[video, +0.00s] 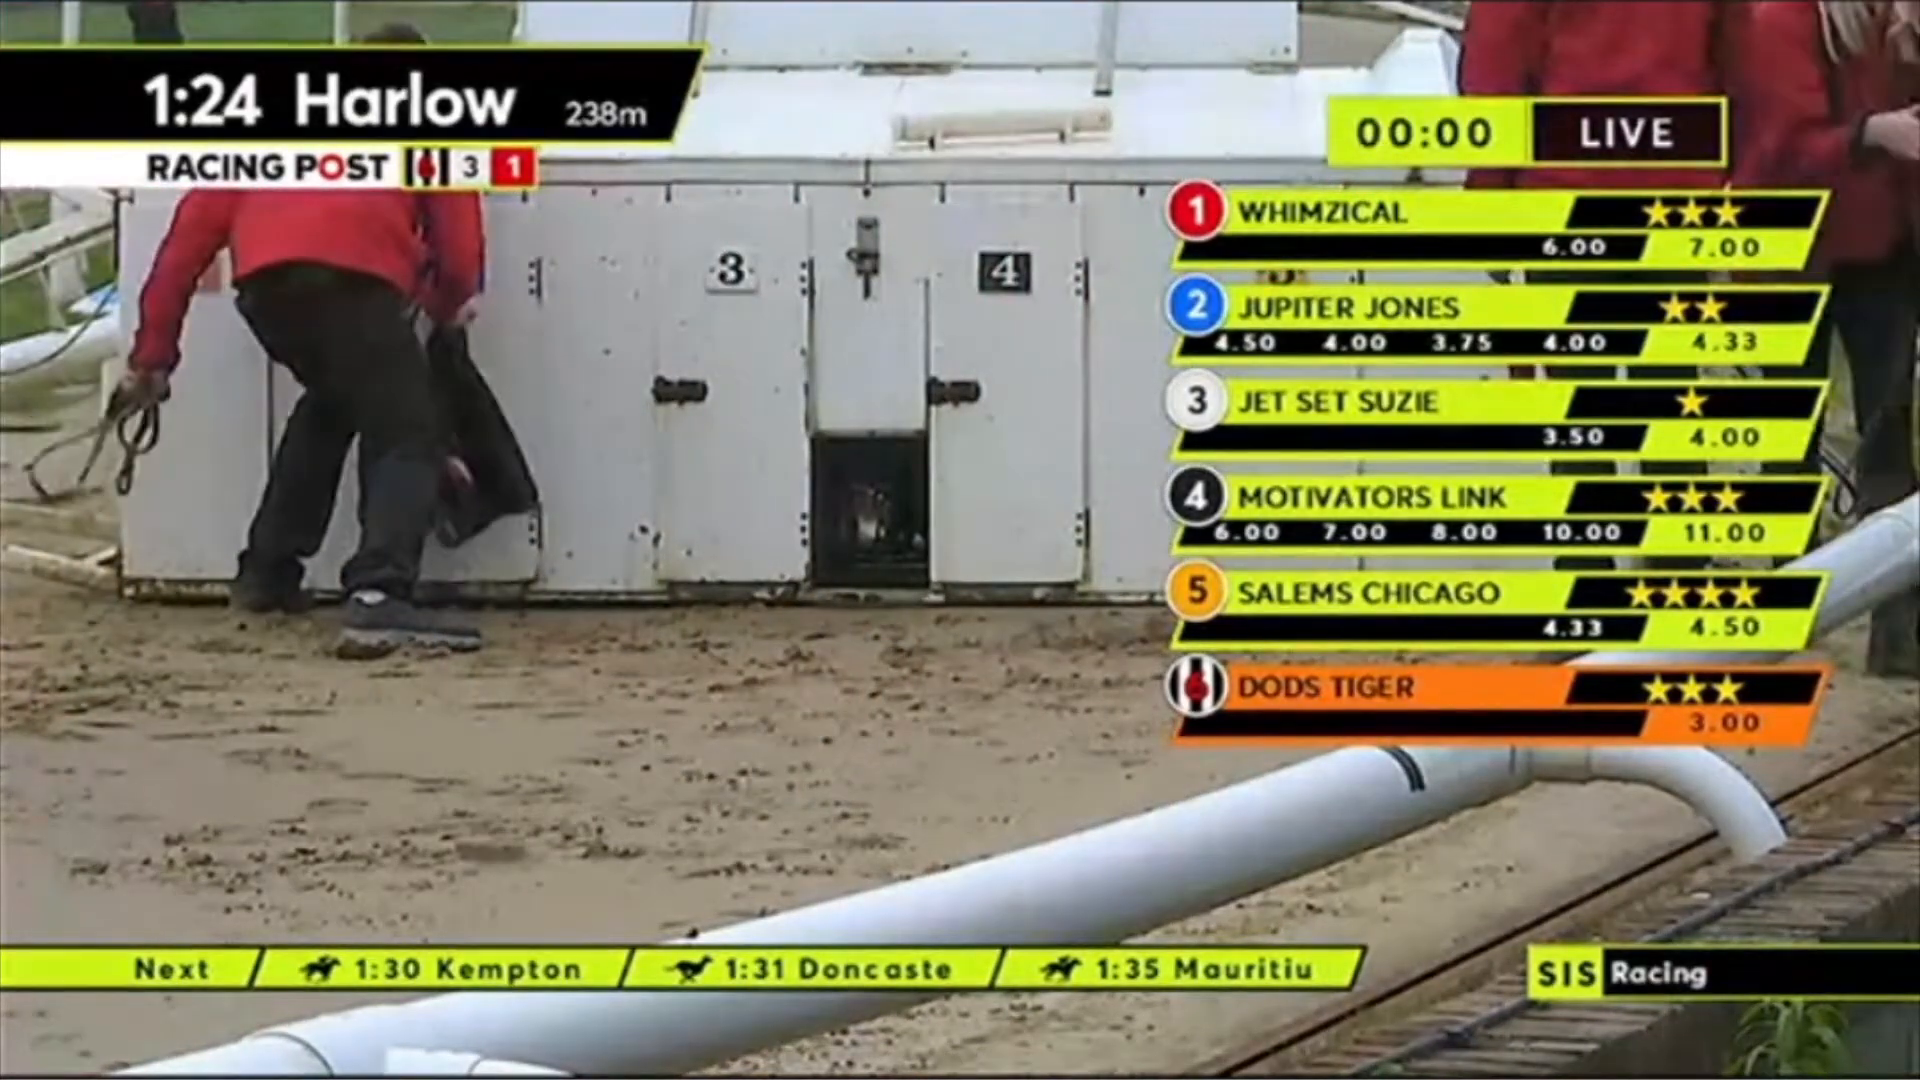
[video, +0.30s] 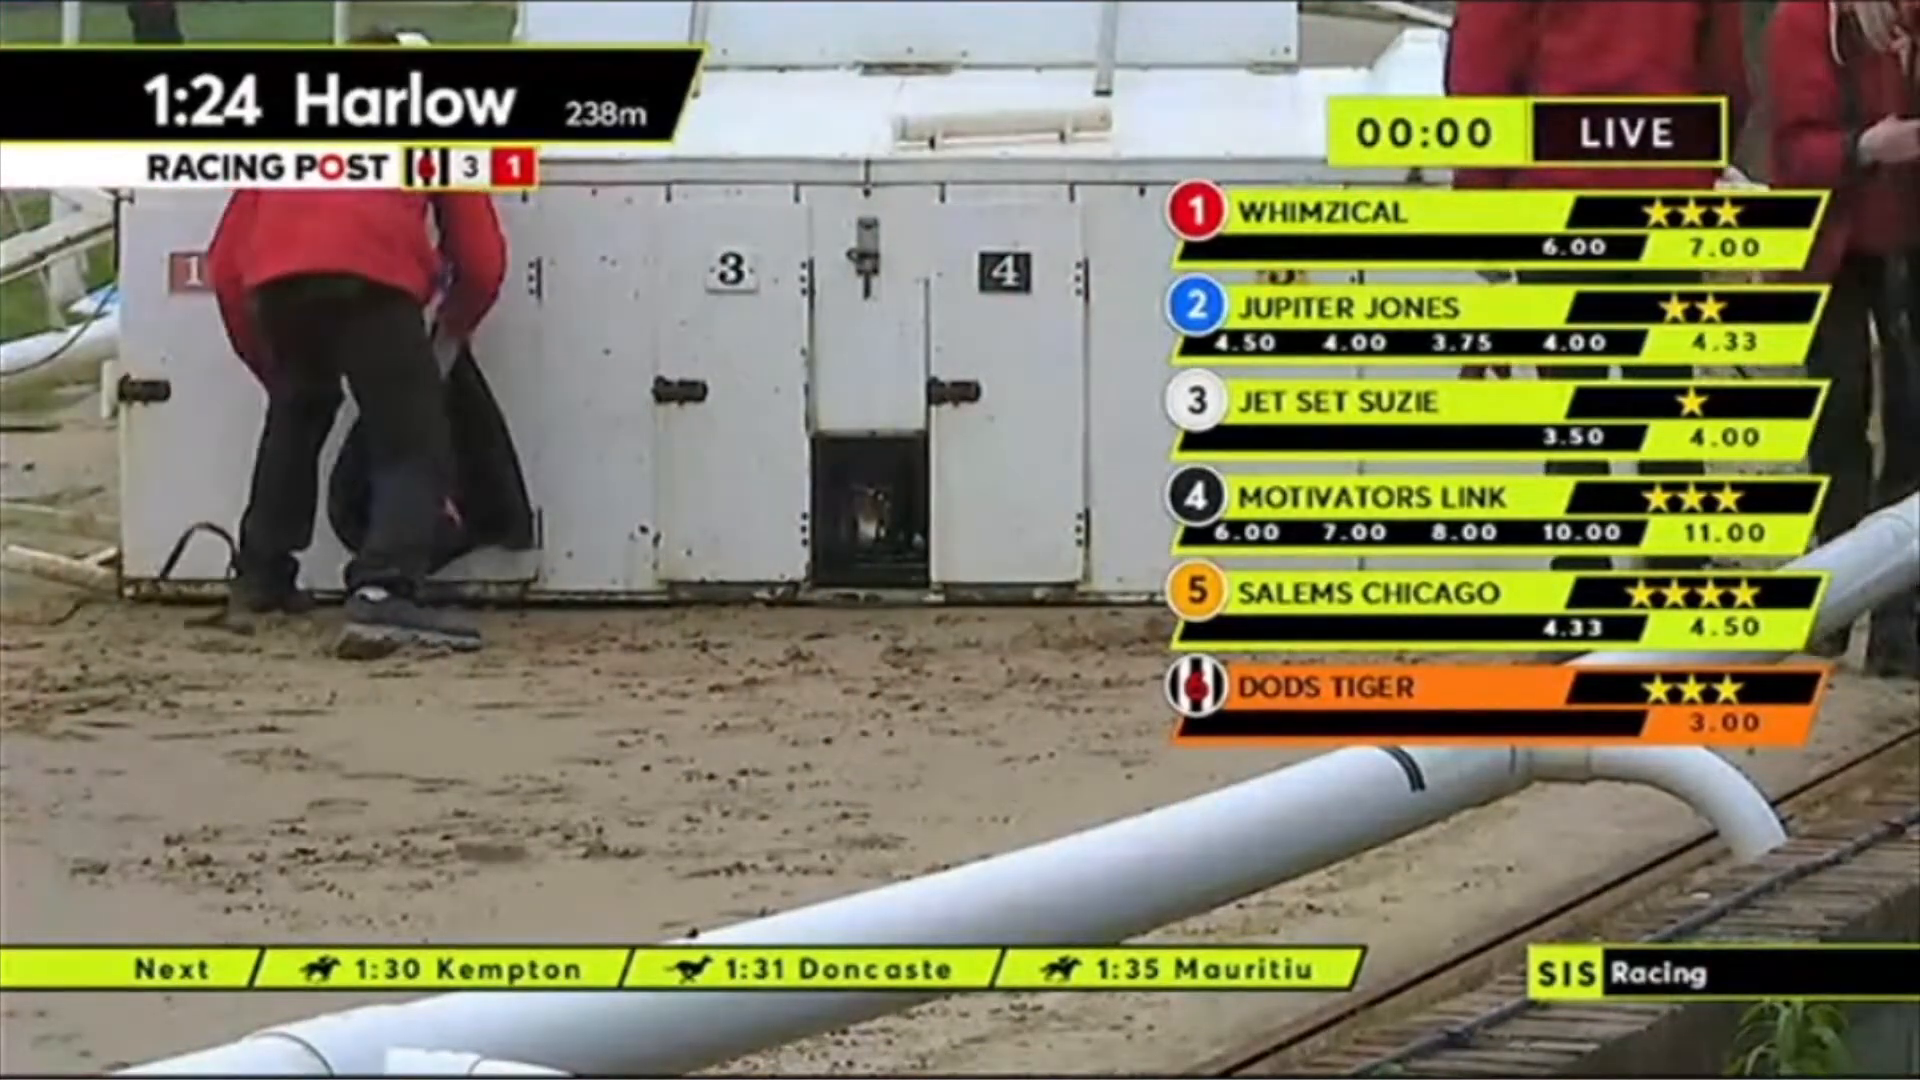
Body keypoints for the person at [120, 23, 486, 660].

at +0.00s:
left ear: (339, 81)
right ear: (413, 76)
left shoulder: (266, 137)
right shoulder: (428, 132)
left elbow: (187, 236)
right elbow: (462, 264)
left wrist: (152, 357)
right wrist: (447, 307)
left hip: (268, 279)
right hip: (363, 277)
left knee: (330, 404)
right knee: (402, 434)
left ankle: (266, 574)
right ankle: (379, 592)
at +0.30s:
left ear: (335, 96)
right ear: (414, 87)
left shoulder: (280, 151)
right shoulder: (433, 144)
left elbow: (224, 271)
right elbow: (484, 263)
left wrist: (278, 378)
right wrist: (452, 331)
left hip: (276, 268)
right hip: (374, 268)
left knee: (300, 404)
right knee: (411, 441)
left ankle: (260, 576)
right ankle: (382, 593)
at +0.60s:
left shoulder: (304, 164)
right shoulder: (444, 159)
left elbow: (264, 242)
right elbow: (498, 265)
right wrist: (464, 333)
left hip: (280, 270)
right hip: (380, 267)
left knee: (304, 384)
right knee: (416, 447)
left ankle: (264, 572)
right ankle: (388, 584)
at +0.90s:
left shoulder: (298, 164)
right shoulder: (434, 158)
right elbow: (493, 265)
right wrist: (459, 332)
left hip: (281, 285)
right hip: (383, 282)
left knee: (313, 388)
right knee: (425, 459)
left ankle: (263, 571)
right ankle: (389, 587)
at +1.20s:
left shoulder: (290, 164)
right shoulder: (435, 159)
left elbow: (278, 233)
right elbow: (494, 263)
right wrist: (456, 334)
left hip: (291, 287)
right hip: (391, 281)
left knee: (311, 388)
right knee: (428, 458)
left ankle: (263, 572)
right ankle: (389, 586)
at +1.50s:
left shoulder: (289, 166)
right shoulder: (434, 160)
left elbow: (281, 239)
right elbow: (495, 262)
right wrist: (450, 335)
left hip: (300, 295)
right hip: (400, 286)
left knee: (318, 391)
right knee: (440, 465)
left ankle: (265, 571)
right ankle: (394, 584)